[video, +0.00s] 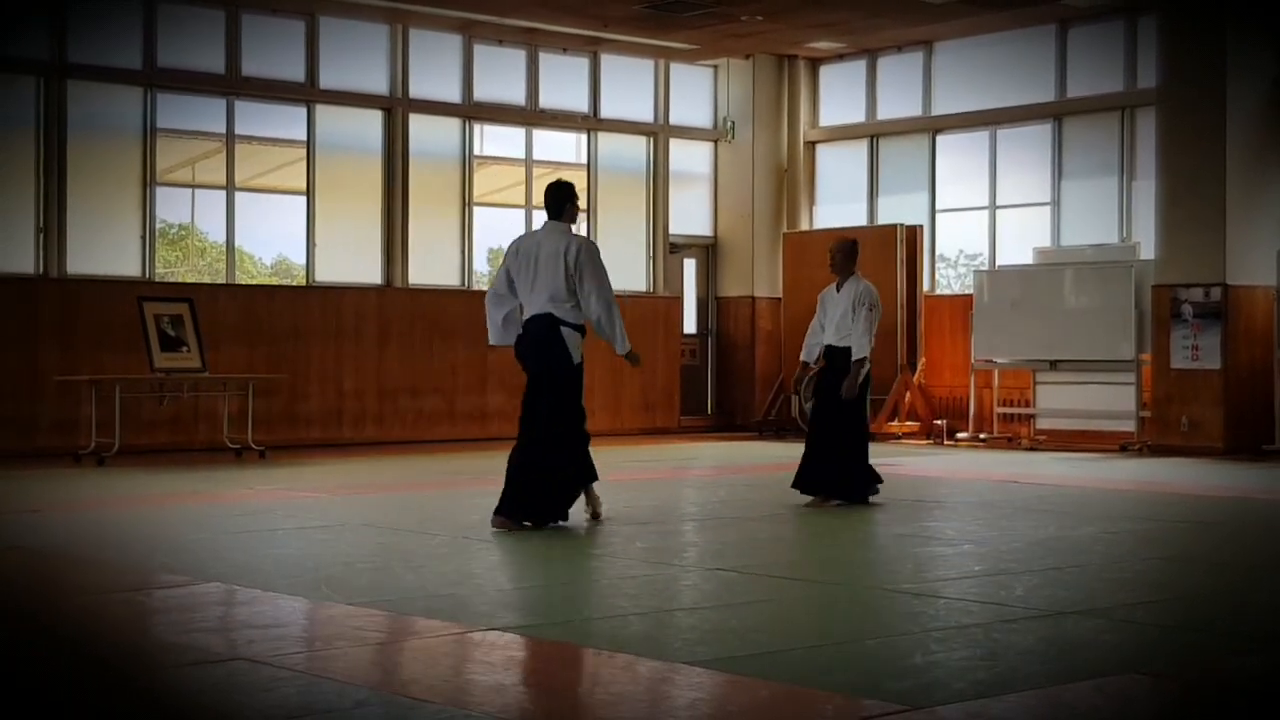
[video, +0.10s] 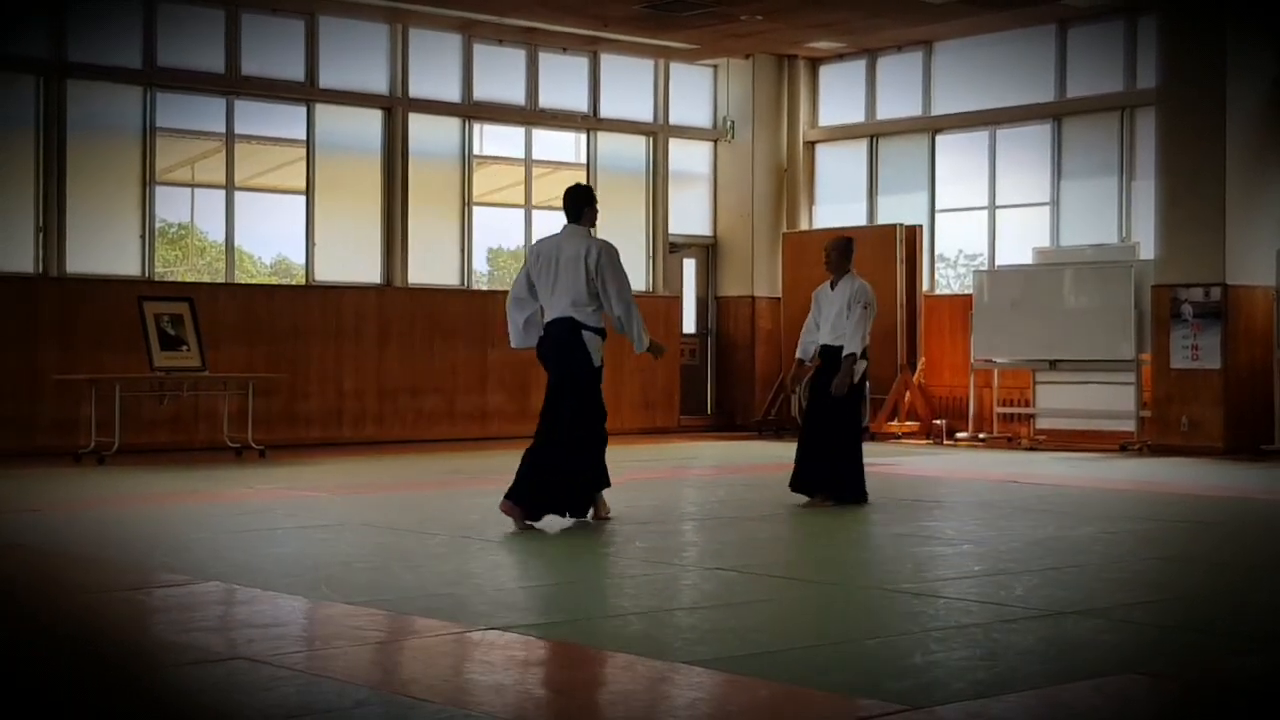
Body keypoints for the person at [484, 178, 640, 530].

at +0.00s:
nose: (579, 209)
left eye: (577, 203)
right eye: (577, 204)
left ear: (547, 208)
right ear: (570, 208)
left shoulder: (520, 245)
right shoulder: (580, 247)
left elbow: (499, 296)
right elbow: (598, 303)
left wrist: (515, 335)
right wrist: (624, 346)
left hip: (528, 340)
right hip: (562, 339)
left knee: (568, 418)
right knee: (538, 423)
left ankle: (588, 486)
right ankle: (509, 511)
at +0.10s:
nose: (597, 212)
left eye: (595, 207)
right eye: (595, 207)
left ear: (566, 211)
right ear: (589, 211)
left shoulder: (540, 248)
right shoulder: (600, 250)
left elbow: (520, 298)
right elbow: (621, 304)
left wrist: (536, 336)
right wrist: (646, 341)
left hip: (549, 341)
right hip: (583, 341)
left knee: (589, 419)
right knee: (559, 422)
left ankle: (597, 495)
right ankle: (519, 498)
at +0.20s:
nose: (614, 214)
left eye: (612, 208)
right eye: (612, 209)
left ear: (583, 213)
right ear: (607, 213)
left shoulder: (558, 249)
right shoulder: (617, 250)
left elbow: (538, 299)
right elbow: (642, 301)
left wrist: (552, 334)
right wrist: (665, 334)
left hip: (567, 341)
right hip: (602, 341)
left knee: (579, 418)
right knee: (606, 420)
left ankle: (595, 501)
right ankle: (548, 477)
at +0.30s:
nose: (634, 217)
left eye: (631, 212)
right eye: (632, 212)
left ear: (604, 216)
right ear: (627, 216)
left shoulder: (576, 251)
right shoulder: (635, 253)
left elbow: (556, 301)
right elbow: (663, 298)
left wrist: (569, 338)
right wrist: (687, 324)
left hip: (585, 345)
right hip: (622, 345)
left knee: (594, 417)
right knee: (650, 417)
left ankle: (598, 498)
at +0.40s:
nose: (652, 226)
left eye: (650, 221)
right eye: (652, 221)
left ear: (621, 223)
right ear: (648, 223)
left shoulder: (594, 258)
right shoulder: (655, 260)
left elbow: (572, 306)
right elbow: (695, 294)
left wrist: (588, 342)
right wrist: (714, 277)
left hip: (603, 351)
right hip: (640, 351)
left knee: (603, 423)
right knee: (678, 416)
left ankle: (593, 499)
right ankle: (657, 486)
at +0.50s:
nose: (672, 235)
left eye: (667, 230)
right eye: (671, 230)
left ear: (642, 232)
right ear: (669, 232)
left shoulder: (616, 264)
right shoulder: (676, 266)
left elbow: (588, 310)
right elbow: (719, 264)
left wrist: (599, 351)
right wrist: (718, 229)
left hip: (620, 356)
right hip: (659, 357)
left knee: (609, 428)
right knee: (693, 420)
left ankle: (593, 493)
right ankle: (710, 490)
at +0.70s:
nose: (707, 241)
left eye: (698, 235)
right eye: (711, 238)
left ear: (687, 240)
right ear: (715, 244)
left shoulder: (660, 270)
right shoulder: (722, 274)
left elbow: (629, 300)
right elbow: (752, 266)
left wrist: (609, 338)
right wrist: (747, 233)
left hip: (659, 359)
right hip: (699, 359)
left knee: (634, 421)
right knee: (730, 421)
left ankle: (607, 477)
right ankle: (741, 494)